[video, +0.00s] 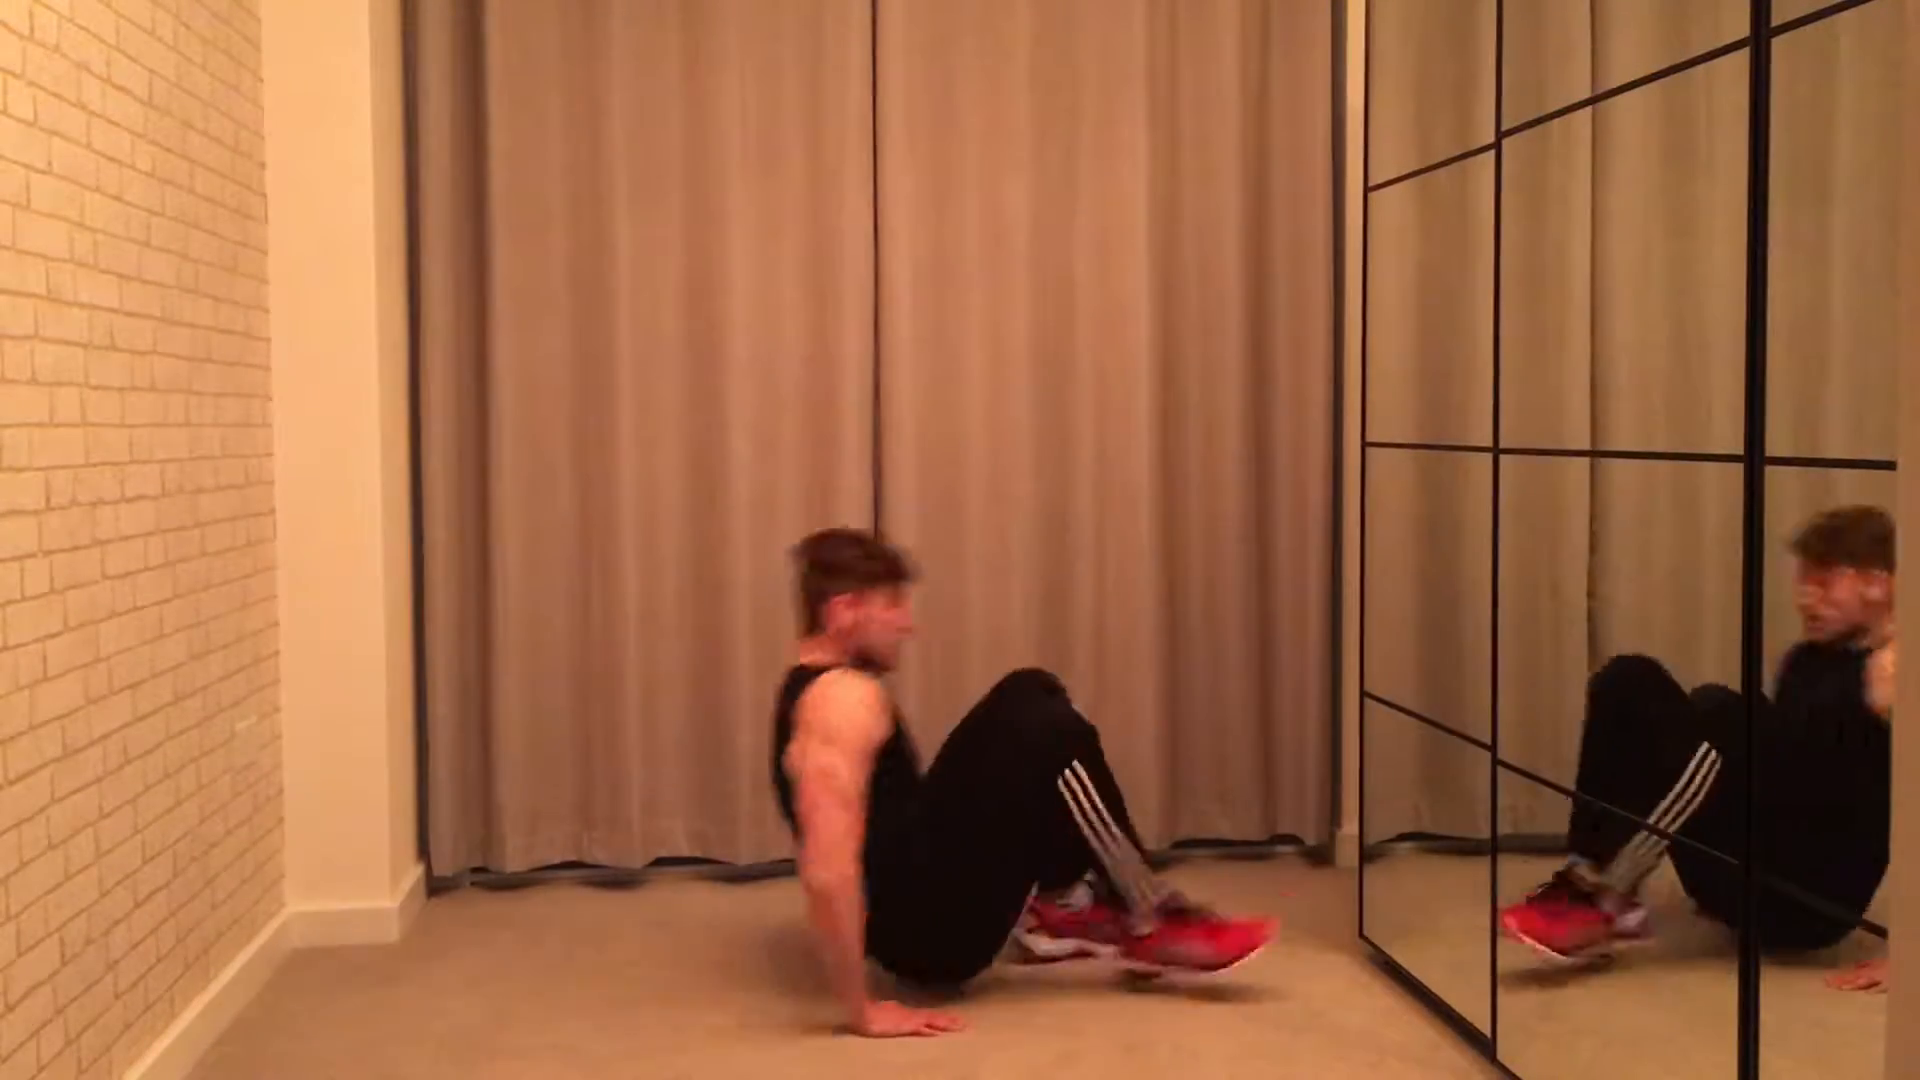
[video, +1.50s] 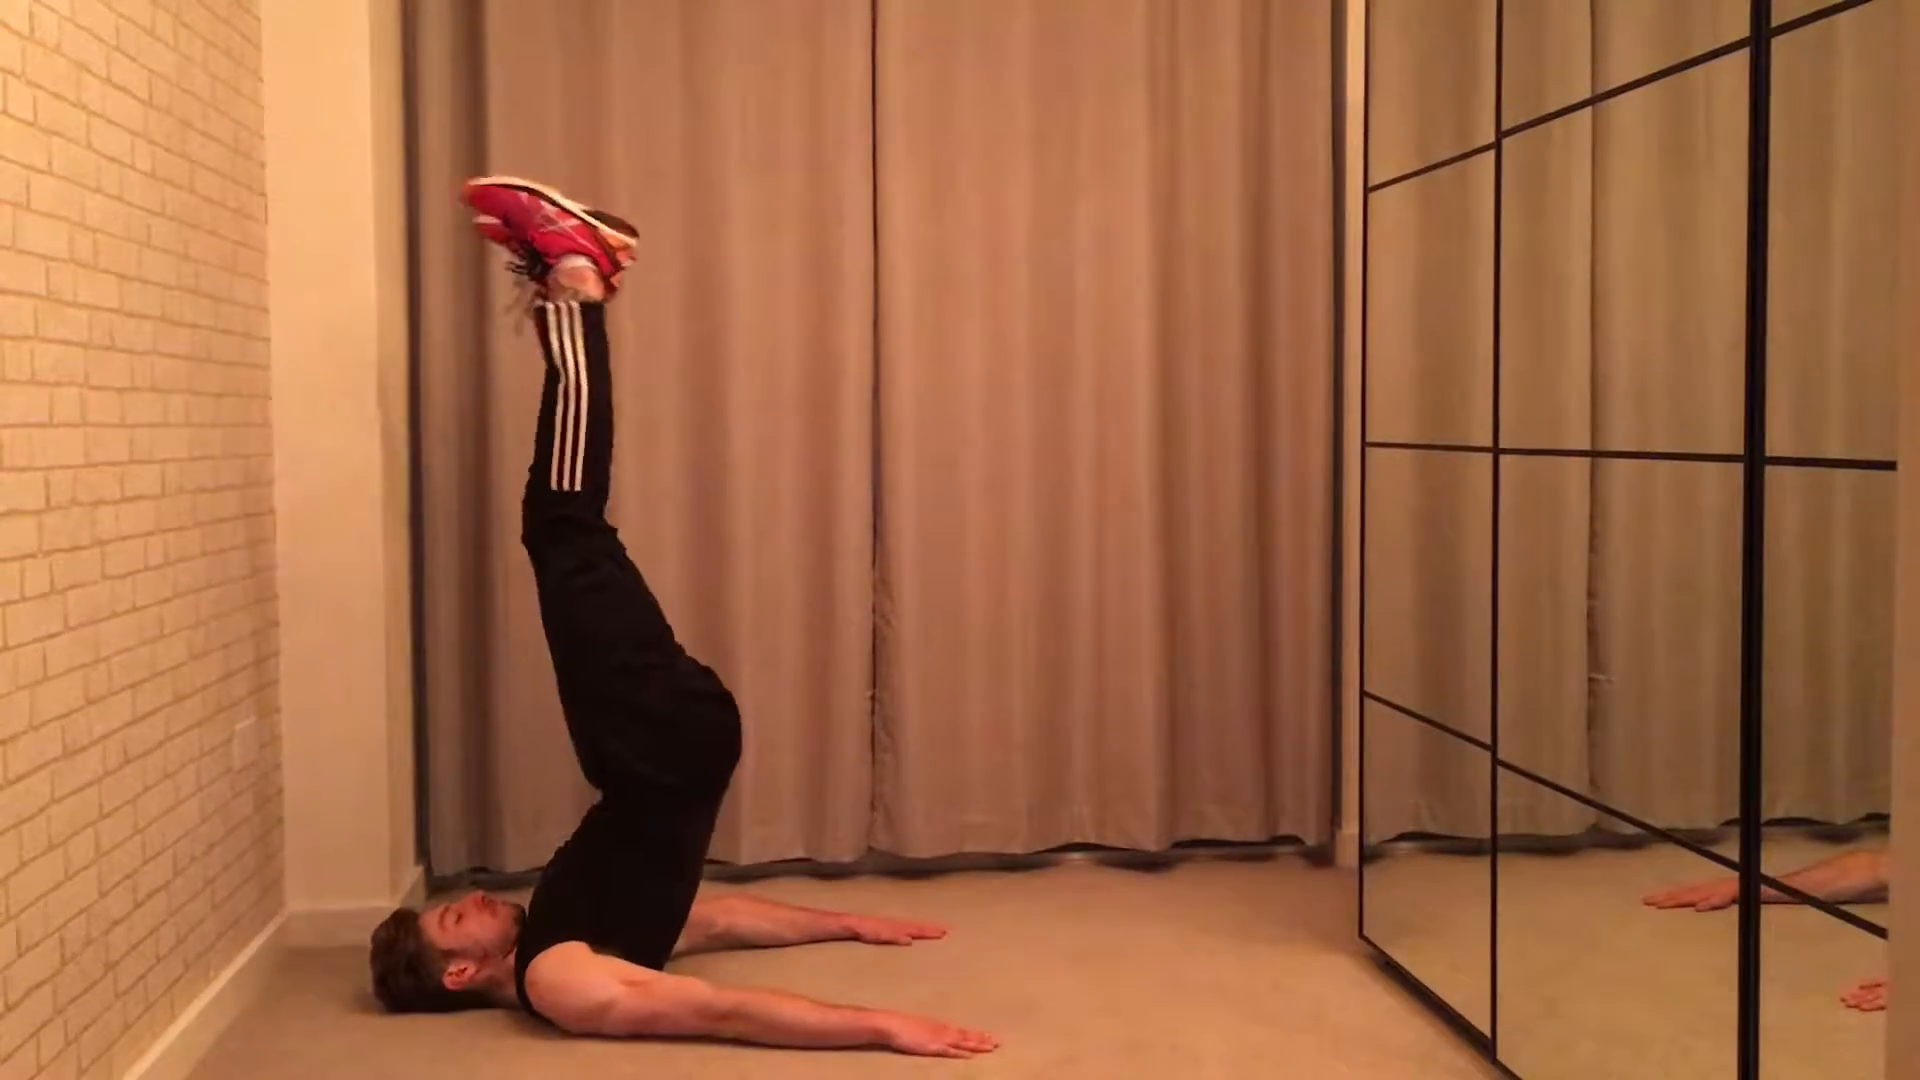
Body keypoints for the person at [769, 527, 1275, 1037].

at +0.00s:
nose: (906, 622)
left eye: (904, 604)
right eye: (892, 605)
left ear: (840, 614)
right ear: (842, 612)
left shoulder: (826, 682)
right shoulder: (842, 696)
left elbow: (845, 852)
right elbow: (828, 871)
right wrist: (861, 1008)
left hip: (914, 920)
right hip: (929, 943)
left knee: (1028, 694)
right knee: (1045, 729)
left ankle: (1063, 904)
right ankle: (1155, 917)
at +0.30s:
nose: (620, 763)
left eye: (606, 751)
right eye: (597, 765)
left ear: (581, 802)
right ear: (566, 812)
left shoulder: (631, 851)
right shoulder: (635, 886)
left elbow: (721, 991)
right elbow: (713, 1030)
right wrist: (868, 1015)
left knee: (916, 685)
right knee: (937, 708)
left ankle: (1096, 796)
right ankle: (1138, 864)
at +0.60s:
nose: (498, 875)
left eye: (478, 872)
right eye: (477, 888)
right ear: (479, 945)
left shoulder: (579, 928)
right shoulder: (578, 968)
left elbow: (720, 915)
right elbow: (735, 1008)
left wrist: (855, 924)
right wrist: (897, 1027)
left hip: (811, 889)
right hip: (822, 901)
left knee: (715, 674)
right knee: (708, 676)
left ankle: (746, 459)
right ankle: (748, 460)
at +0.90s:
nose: (480, 898)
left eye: (461, 900)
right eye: (461, 918)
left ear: (485, 911)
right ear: (468, 974)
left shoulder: (572, 940)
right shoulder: (572, 974)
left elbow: (723, 913)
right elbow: (734, 1011)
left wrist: (853, 926)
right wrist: (898, 1028)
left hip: (705, 790)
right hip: (729, 781)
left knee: (627, 549)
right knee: (627, 549)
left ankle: (625, 310)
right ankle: (621, 309)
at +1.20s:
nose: (473, 899)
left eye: (455, 900)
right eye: (455, 919)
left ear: (478, 903)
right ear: (466, 973)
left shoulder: (571, 936)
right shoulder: (560, 977)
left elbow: (715, 917)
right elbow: (724, 1015)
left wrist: (849, 926)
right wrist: (886, 1029)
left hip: (651, 756)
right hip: (668, 747)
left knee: (576, 524)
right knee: (579, 525)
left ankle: (549, 282)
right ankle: (549, 279)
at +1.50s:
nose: (474, 899)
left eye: (456, 900)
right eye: (456, 919)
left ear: (478, 904)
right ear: (465, 973)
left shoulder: (570, 936)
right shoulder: (559, 979)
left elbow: (716, 917)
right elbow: (719, 1015)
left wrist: (849, 925)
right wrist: (884, 1029)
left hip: (661, 760)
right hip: (681, 751)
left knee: (561, 526)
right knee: (560, 527)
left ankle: (570, 293)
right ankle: (573, 289)